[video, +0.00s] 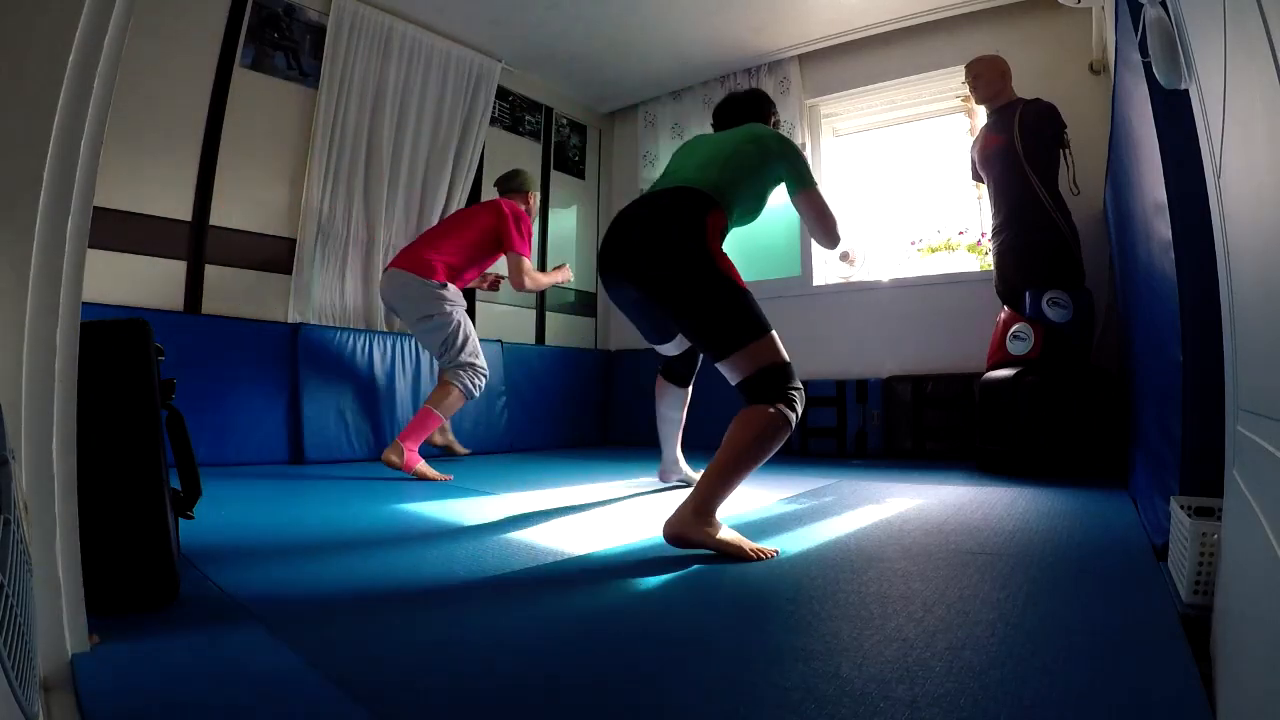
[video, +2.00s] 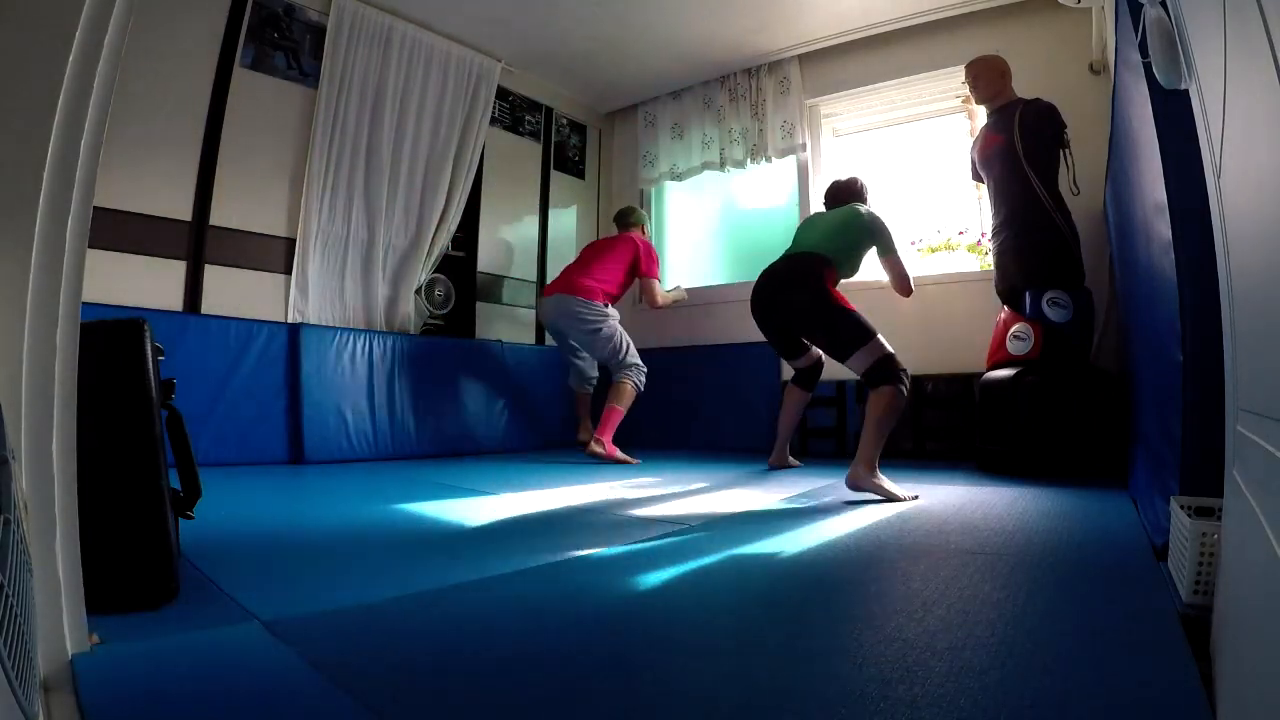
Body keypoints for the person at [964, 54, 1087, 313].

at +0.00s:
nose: (970, 85)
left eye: (976, 76)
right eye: (968, 81)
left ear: (1004, 75)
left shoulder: (1038, 112)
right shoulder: (980, 140)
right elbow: (979, 177)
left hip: (1050, 241)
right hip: (1008, 250)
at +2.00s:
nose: (969, 87)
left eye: (974, 78)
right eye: (968, 82)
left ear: (1001, 76)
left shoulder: (1036, 111)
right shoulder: (981, 138)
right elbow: (978, 178)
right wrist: (973, 128)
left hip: (1049, 242)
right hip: (1009, 249)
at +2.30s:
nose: (970, 85)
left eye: (976, 77)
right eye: (968, 81)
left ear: (1003, 75)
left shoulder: (1037, 112)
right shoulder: (981, 140)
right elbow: (978, 176)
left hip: (1050, 244)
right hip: (1008, 251)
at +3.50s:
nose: (970, 87)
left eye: (975, 78)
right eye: (968, 82)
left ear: (1002, 75)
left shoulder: (1036, 111)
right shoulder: (983, 136)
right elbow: (977, 175)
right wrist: (974, 123)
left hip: (1048, 238)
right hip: (1008, 244)